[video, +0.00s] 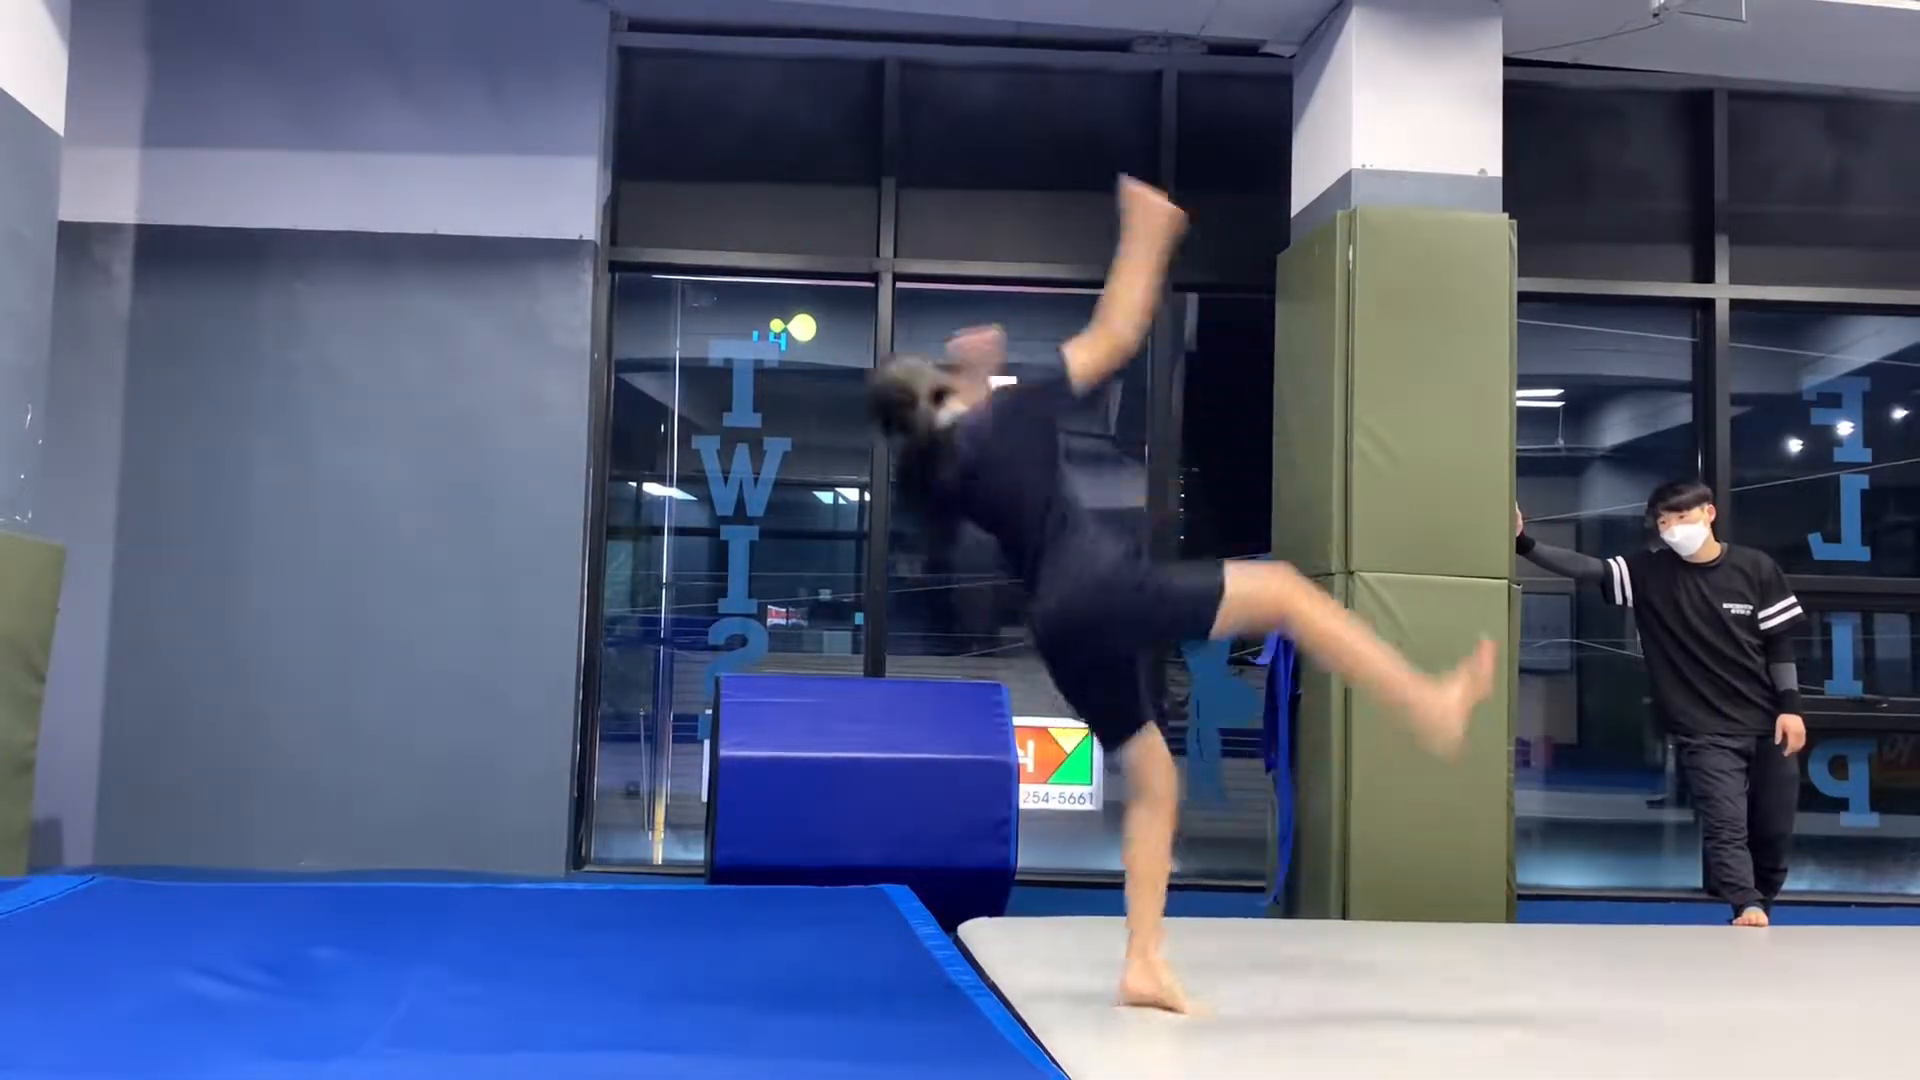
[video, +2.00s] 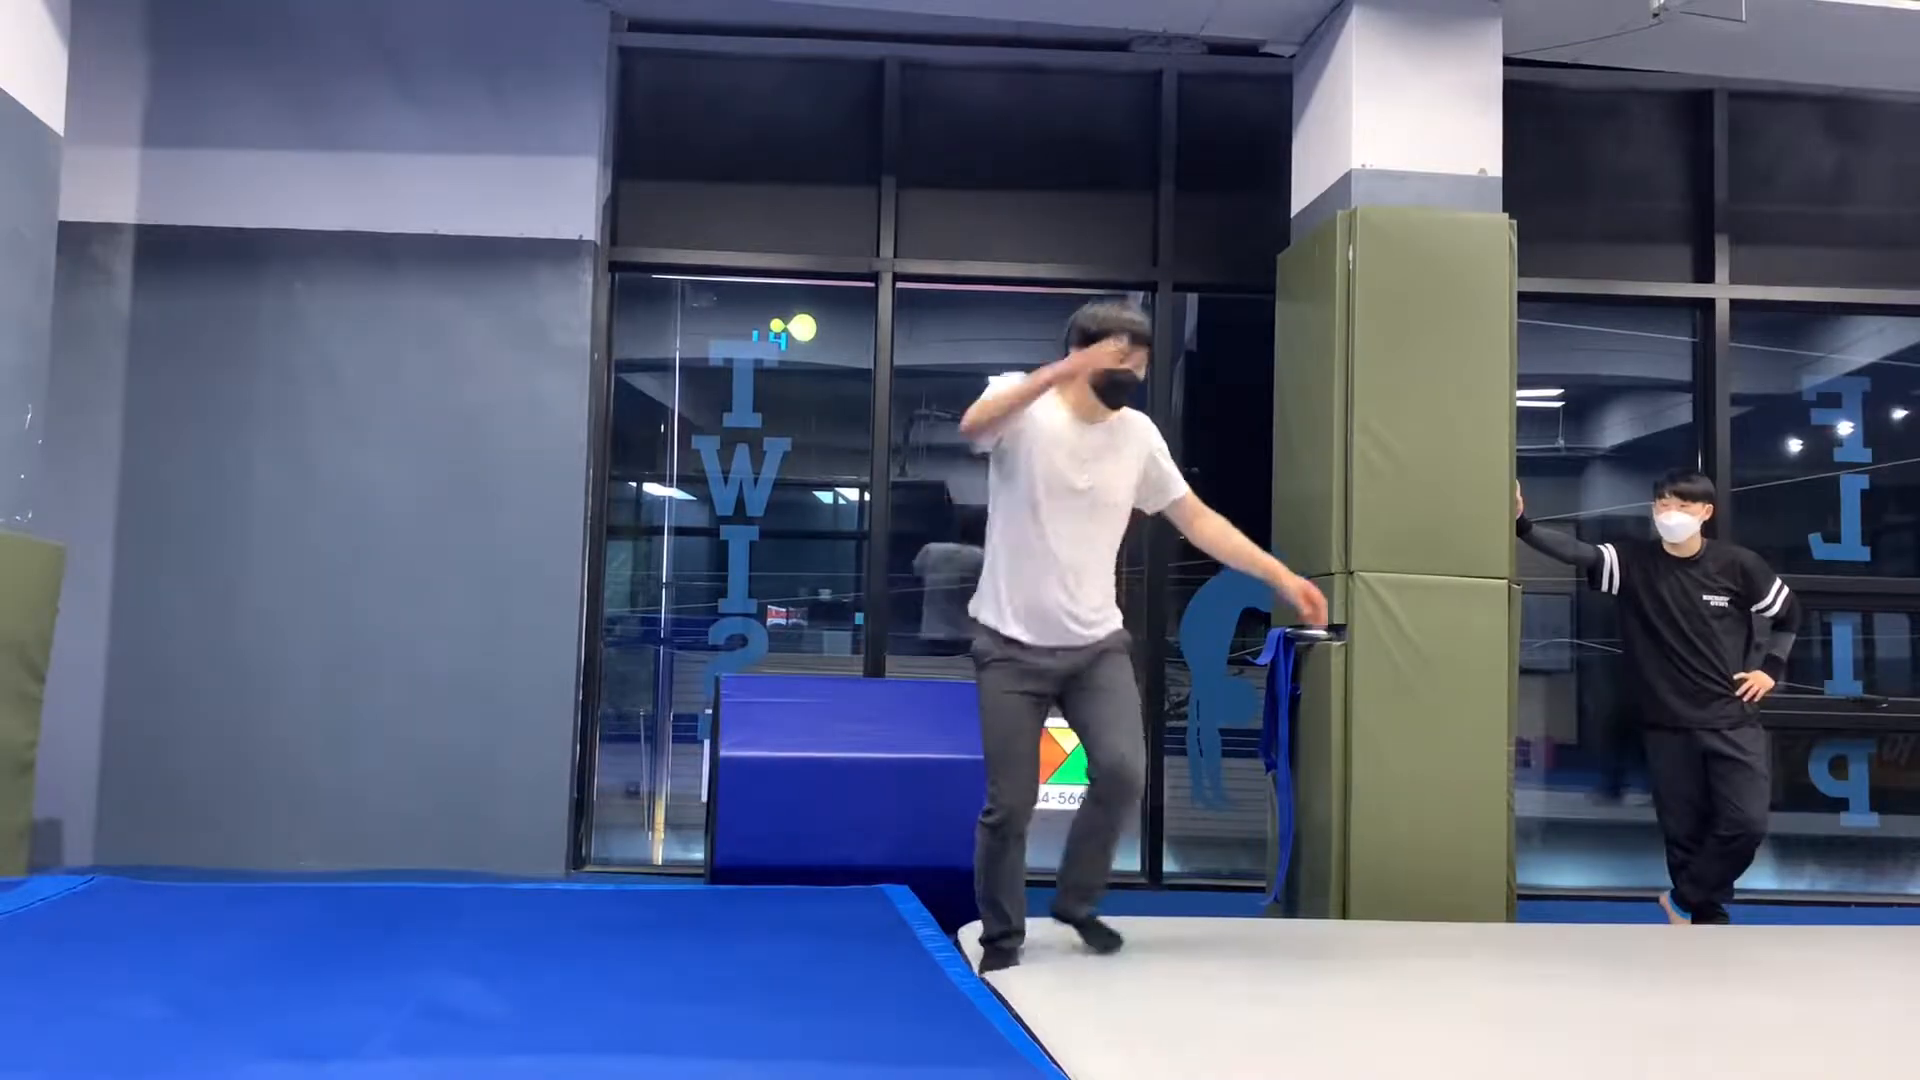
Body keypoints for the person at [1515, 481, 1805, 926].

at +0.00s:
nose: (1670, 524)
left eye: (1681, 513)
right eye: (1663, 517)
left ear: (1709, 513)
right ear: (1656, 525)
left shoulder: (1755, 568)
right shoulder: (1649, 570)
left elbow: (1780, 645)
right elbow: (1587, 568)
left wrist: (1790, 707)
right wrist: (1525, 544)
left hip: (1766, 724)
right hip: (1703, 727)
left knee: (1776, 829)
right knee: (1725, 818)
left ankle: (1759, 901)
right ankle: (1747, 907)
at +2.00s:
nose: (1667, 509)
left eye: (1680, 503)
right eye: (1663, 501)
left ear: (1705, 512)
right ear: (1654, 507)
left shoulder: (1738, 565)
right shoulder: (1634, 560)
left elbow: (1788, 615)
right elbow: (1577, 550)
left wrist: (1770, 669)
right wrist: (1524, 526)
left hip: (1731, 717)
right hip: (1667, 720)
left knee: (1747, 823)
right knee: (1682, 830)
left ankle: (1683, 900)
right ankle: (1713, 927)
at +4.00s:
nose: (1663, 511)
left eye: (1675, 501)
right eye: (1657, 502)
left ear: (1701, 507)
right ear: (1649, 510)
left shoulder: (1741, 564)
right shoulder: (1634, 562)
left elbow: (1790, 615)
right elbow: (1576, 553)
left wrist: (1771, 669)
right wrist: (1523, 525)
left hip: (1733, 719)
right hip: (1668, 724)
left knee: (1748, 824)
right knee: (1683, 834)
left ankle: (1685, 899)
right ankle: (1716, 930)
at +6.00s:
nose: (1650, 524)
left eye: (1661, 514)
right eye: (1644, 515)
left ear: (1689, 515)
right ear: (1638, 517)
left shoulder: (1727, 567)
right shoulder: (1627, 558)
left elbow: (1768, 618)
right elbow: (1578, 545)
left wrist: (1756, 666)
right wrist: (1531, 517)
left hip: (1723, 719)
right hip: (1660, 724)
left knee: (1742, 824)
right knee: (1675, 833)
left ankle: (1676, 901)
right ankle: (1710, 926)